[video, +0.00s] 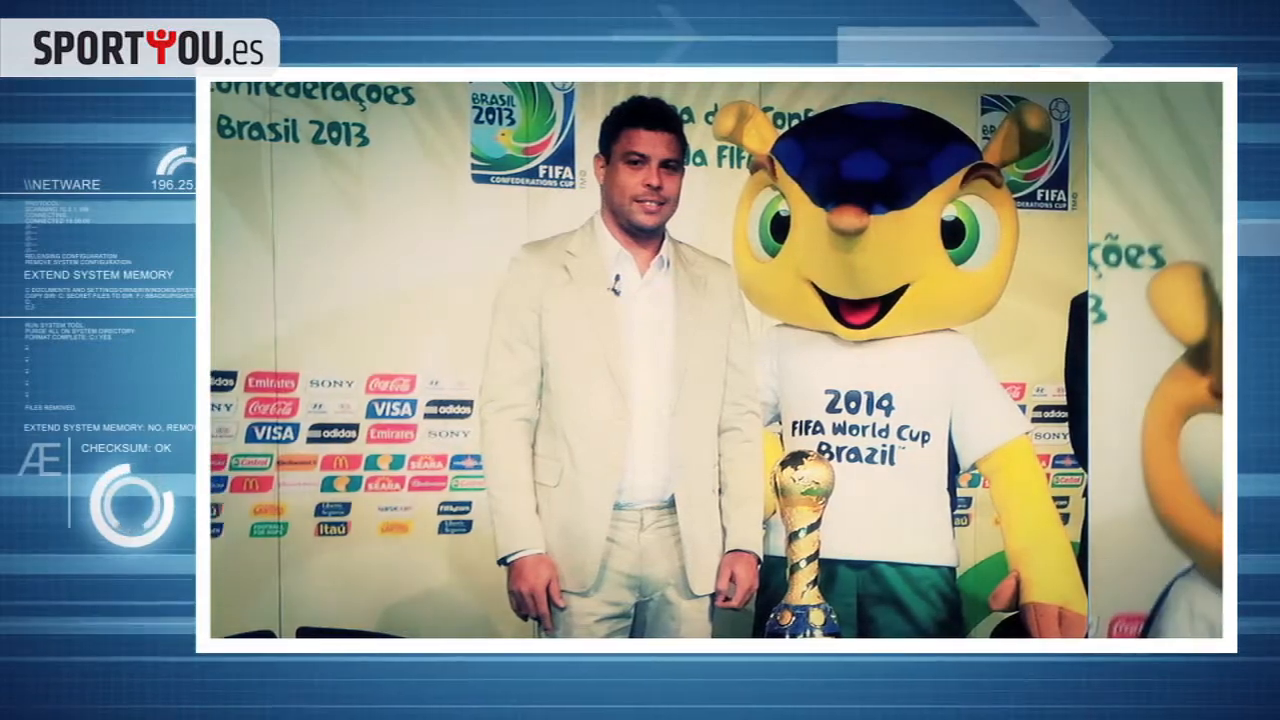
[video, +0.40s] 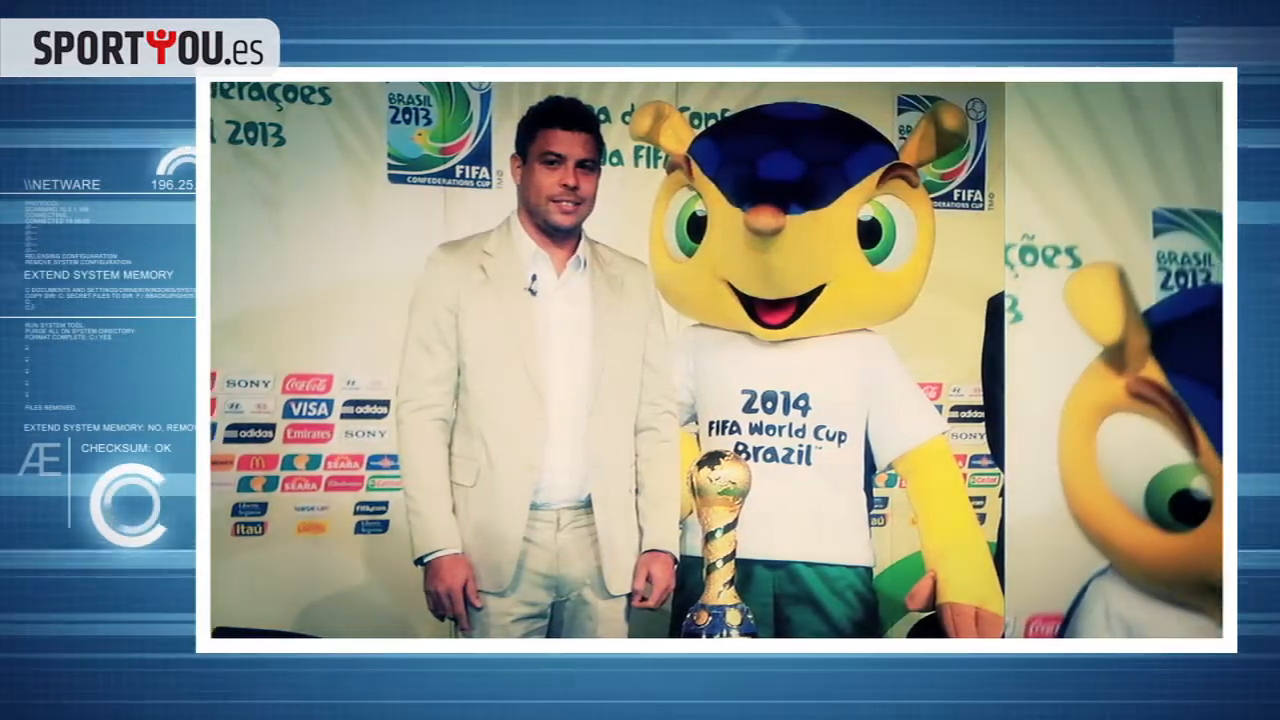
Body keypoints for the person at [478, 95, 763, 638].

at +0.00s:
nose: (655, 180)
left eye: (671, 166)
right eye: (636, 162)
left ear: (684, 178)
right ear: (601, 170)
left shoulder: (717, 282)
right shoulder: (539, 270)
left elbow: (740, 423)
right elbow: (505, 415)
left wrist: (742, 543)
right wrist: (523, 549)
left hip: (689, 542)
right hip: (581, 544)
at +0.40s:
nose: (571, 180)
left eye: (587, 166)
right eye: (552, 162)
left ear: (600, 178)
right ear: (517, 170)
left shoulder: (633, 282)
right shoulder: (455, 270)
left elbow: (656, 423)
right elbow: (421, 414)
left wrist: (659, 543)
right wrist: (439, 548)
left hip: (606, 542)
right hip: (498, 544)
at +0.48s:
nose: (554, 180)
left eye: (571, 166)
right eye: (536, 162)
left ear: (583, 179)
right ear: (500, 170)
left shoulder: (616, 282)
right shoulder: (438, 270)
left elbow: (640, 422)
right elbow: (405, 414)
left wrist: (642, 543)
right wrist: (422, 548)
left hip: (589, 543)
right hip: (482, 544)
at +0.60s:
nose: (529, 180)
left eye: (545, 166)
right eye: (511, 162)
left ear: (558, 178)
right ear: (476, 170)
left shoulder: (591, 282)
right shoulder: (413, 270)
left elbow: (615, 422)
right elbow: (380, 414)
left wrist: (617, 543)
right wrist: (397, 548)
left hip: (564, 542)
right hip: (457, 543)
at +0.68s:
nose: (513, 180)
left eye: (529, 166)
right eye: (494, 162)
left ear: (542, 178)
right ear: (459, 170)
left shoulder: (575, 282)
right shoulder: (396, 270)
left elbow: (598, 422)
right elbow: (363, 413)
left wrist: (601, 543)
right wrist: (381, 548)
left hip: (548, 542)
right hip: (440, 543)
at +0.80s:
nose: (488, 180)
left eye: (504, 166)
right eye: (469, 162)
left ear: (517, 178)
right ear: (434, 170)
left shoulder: (550, 282)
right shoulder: (371, 270)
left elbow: (573, 423)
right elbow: (338, 414)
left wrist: (576, 543)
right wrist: (356, 548)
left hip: (522, 543)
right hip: (415, 544)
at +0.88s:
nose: (471, 180)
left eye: (487, 166)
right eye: (453, 162)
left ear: (500, 178)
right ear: (418, 170)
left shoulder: (533, 282)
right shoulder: (355, 270)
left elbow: (557, 423)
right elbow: (322, 414)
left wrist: (559, 543)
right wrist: (339, 548)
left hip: (506, 543)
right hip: (398, 544)